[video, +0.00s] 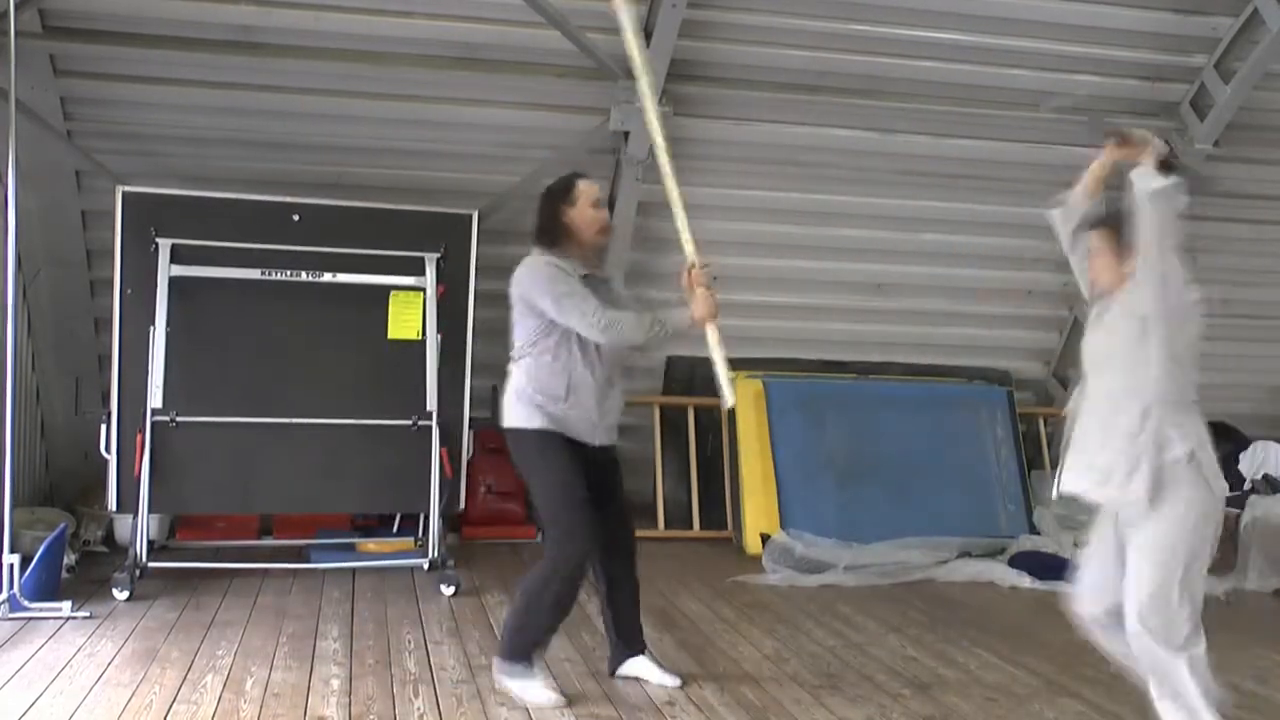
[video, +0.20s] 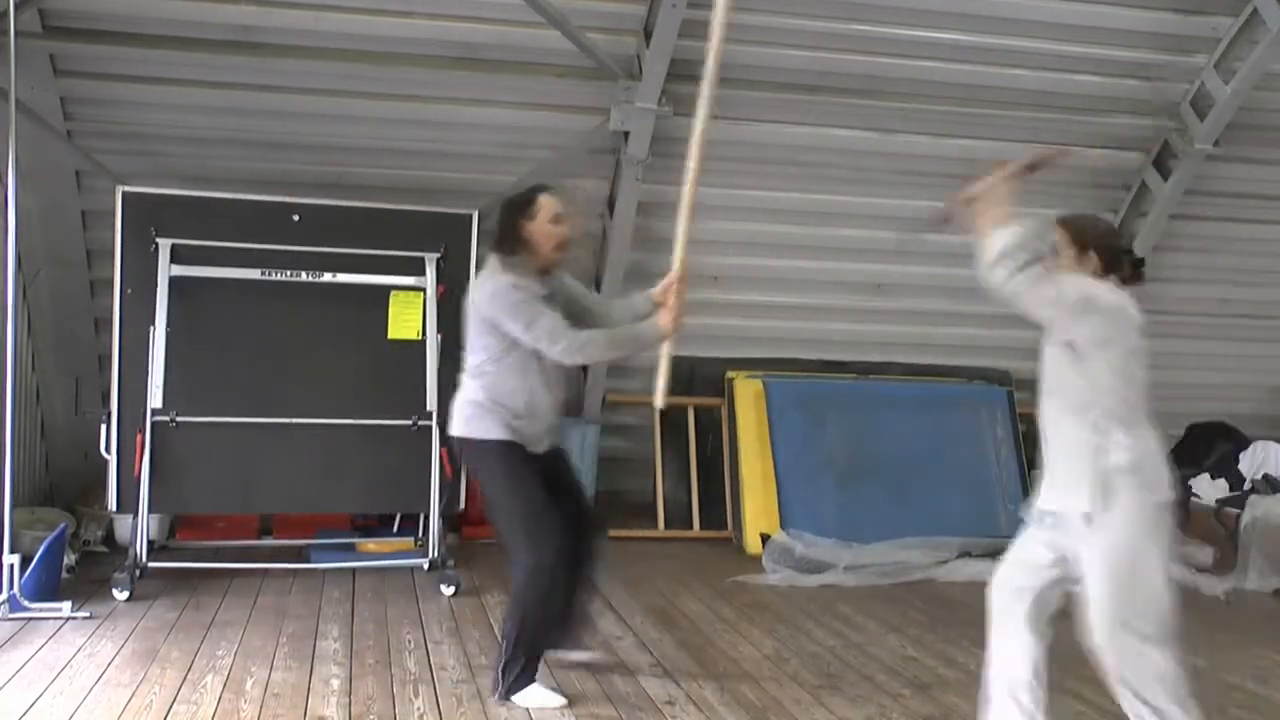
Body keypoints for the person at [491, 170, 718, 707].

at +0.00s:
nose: (606, 215)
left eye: (606, 206)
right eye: (595, 205)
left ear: (595, 218)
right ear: (563, 215)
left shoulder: (599, 283)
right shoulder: (536, 272)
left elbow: (630, 338)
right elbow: (605, 328)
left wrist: (686, 302)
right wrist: (684, 317)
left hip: (590, 429)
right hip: (538, 422)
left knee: (616, 541)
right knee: (572, 541)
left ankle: (628, 657)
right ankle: (514, 661)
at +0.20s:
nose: (565, 230)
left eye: (566, 221)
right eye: (554, 220)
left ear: (555, 230)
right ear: (521, 228)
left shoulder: (547, 281)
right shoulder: (496, 288)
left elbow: (602, 313)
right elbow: (568, 347)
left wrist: (653, 298)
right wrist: (655, 330)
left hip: (532, 435)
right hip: (488, 434)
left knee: (577, 529)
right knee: (542, 546)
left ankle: (559, 636)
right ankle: (515, 682)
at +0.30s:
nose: (522, 233)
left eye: (523, 223)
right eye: (511, 223)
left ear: (519, 232)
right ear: (480, 229)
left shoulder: (511, 281)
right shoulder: (462, 287)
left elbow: (568, 281)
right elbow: (531, 329)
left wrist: (628, 276)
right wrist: (614, 304)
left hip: (500, 430)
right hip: (464, 429)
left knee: (512, 537)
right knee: (507, 543)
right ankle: (514, 681)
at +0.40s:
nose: (493, 242)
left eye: (496, 232)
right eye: (484, 232)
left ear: (481, 233)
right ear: (453, 231)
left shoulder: (462, 274)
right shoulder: (446, 283)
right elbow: (531, 278)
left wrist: (571, 196)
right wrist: (582, 214)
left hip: (474, 430)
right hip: (449, 432)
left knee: (464, 546)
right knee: (488, 545)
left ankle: (396, 624)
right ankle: (506, 678)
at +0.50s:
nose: (481, 239)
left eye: (480, 229)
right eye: (475, 228)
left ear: (449, 230)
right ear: (452, 229)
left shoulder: (439, 274)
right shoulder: (436, 274)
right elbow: (491, 219)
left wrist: (470, 149)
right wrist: (497, 153)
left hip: (435, 430)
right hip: (421, 431)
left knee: (440, 539)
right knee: (476, 532)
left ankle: (393, 632)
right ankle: (444, 643)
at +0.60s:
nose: (466, 227)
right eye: (456, 216)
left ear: (424, 217)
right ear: (436, 218)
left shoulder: (433, 260)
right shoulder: (422, 257)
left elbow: (458, 206)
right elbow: (463, 203)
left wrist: (423, 157)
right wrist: (419, 156)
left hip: (431, 418)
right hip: (408, 420)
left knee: (436, 530)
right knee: (456, 532)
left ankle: (405, 624)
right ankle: (393, 637)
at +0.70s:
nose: (466, 229)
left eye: (470, 221)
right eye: (459, 218)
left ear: (456, 226)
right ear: (433, 211)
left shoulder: (434, 268)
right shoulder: (398, 246)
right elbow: (428, 168)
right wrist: (390, 137)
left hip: (407, 410)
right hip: (384, 409)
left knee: (414, 529)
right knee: (414, 532)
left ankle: (378, 626)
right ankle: (388, 657)